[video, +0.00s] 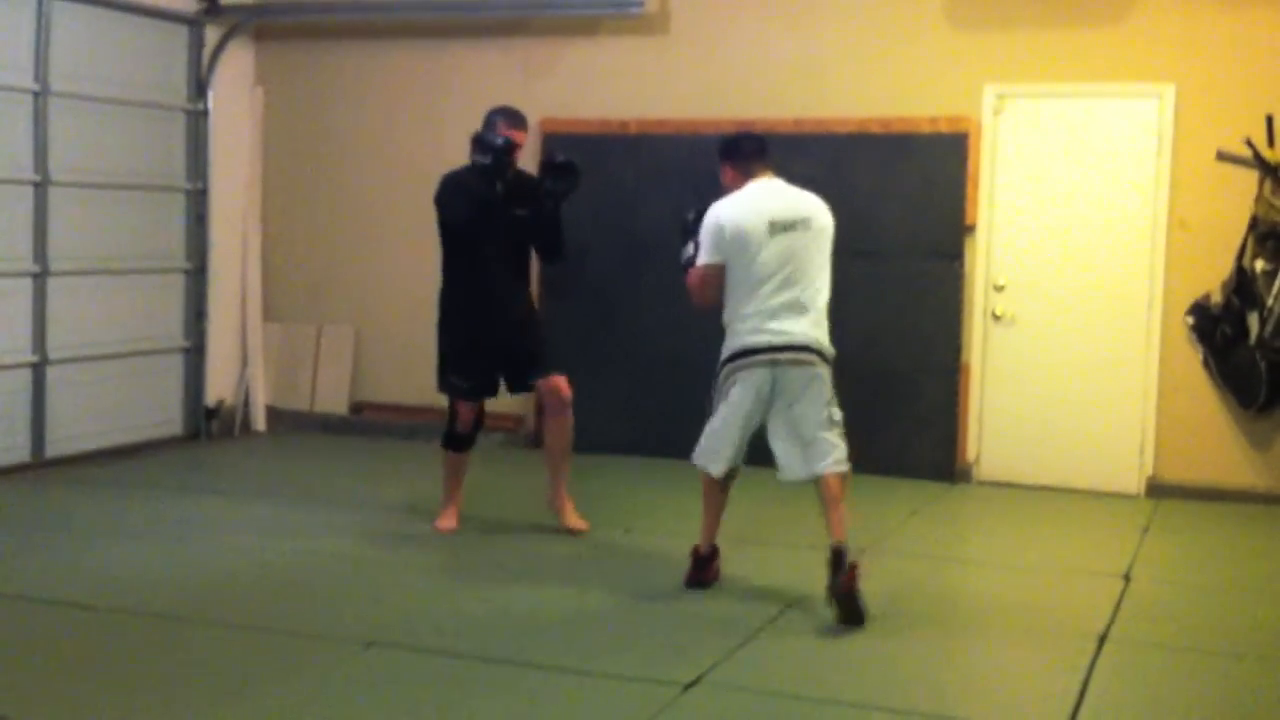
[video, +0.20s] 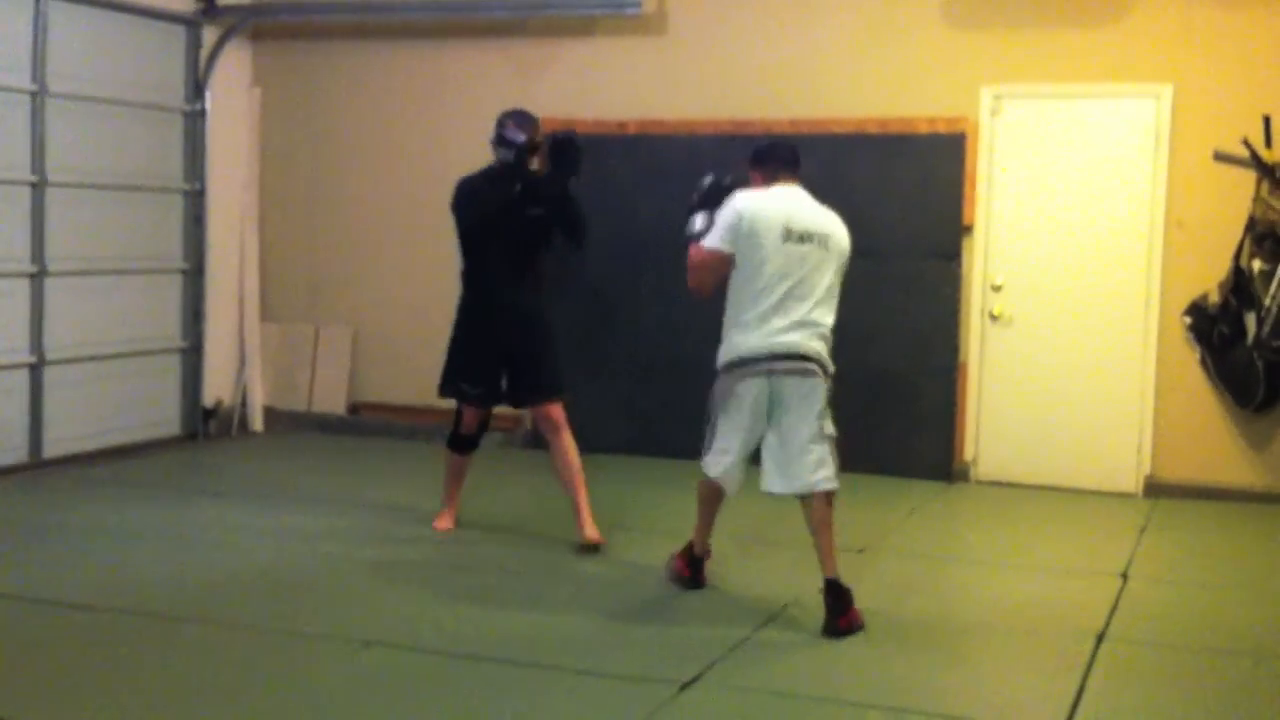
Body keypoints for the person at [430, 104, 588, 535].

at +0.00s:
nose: (509, 152)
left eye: (517, 146)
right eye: (502, 143)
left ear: (524, 148)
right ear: (482, 140)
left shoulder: (529, 189)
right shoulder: (458, 185)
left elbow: (551, 253)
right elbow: (458, 232)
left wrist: (551, 198)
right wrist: (489, 178)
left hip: (516, 311)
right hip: (466, 312)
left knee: (558, 392)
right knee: (466, 412)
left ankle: (561, 496)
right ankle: (451, 503)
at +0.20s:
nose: (511, 156)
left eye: (520, 149)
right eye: (506, 147)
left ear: (534, 150)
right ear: (496, 145)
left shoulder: (544, 190)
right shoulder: (473, 190)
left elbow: (575, 237)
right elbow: (483, 235)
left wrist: (561, 181)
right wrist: (515, 177)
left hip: (531, 318)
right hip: (482, 317)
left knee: (553, 417)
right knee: (470, 419)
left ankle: (585, 520)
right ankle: (449, 508)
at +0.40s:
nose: (535, 152)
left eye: (543, 144)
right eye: (528, 143)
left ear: (556, 144)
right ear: (512, 140)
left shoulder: (568, 183)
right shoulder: (491, 187)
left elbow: (605, 243)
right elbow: (490, 233)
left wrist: (578, 185)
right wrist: (518, 176)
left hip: (554, 322)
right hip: (504, 321)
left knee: (567, 419)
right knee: (481, 420)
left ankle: (589, 529)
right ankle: (452, 500)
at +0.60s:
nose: (536, 141)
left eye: (544, 133)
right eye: (527, 132)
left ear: (557, 135)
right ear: (513, 133)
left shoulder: (573, 179)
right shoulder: (494, 180)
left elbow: (594, 214)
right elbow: (493, 220)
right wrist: (524, 166)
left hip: (567, 316)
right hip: (515, 316)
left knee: (578, 416)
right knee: (496, 416)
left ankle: (595, 523)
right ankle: (482, 512)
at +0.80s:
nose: (513, 141)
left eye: (518, 133)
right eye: (508, 133)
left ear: (507, 134)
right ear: (515, 134)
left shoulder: (566, 181)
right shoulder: (484, 191)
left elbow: (613, 227)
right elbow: (507, 243)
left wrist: (600, 268)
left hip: (565, 312)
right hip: (511, 314)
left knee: (582, 414)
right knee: (475, 413)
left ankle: (604, 530)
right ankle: (446, 505)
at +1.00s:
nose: (520, 143)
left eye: (527, 134)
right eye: (511, 135)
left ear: (538, 132)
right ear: (494, 133)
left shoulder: (555, 180)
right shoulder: (478, 184)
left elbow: (600, 212)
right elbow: (473, 242)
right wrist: (491, 179)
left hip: (549, 308)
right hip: (497, 308)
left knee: (560, 402)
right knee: (470, 409)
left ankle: (581, 521)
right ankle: (446, 507)